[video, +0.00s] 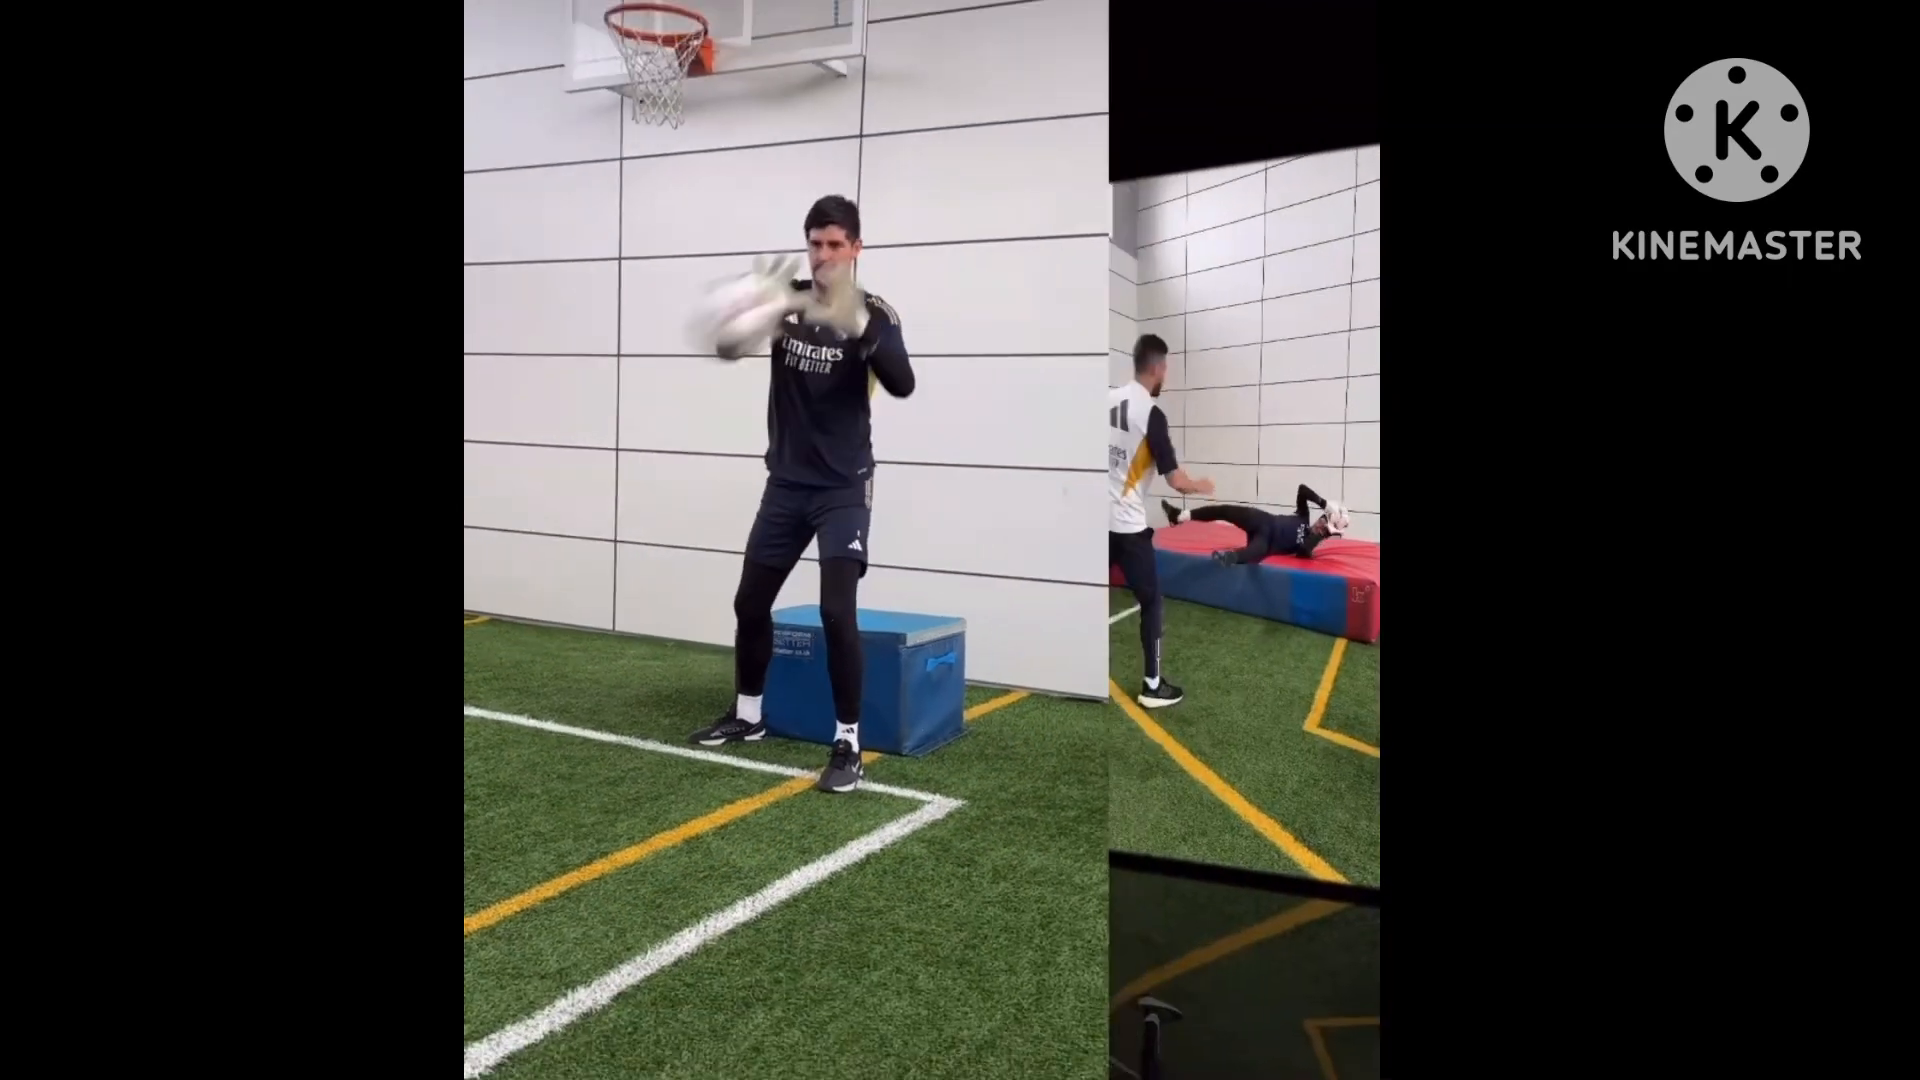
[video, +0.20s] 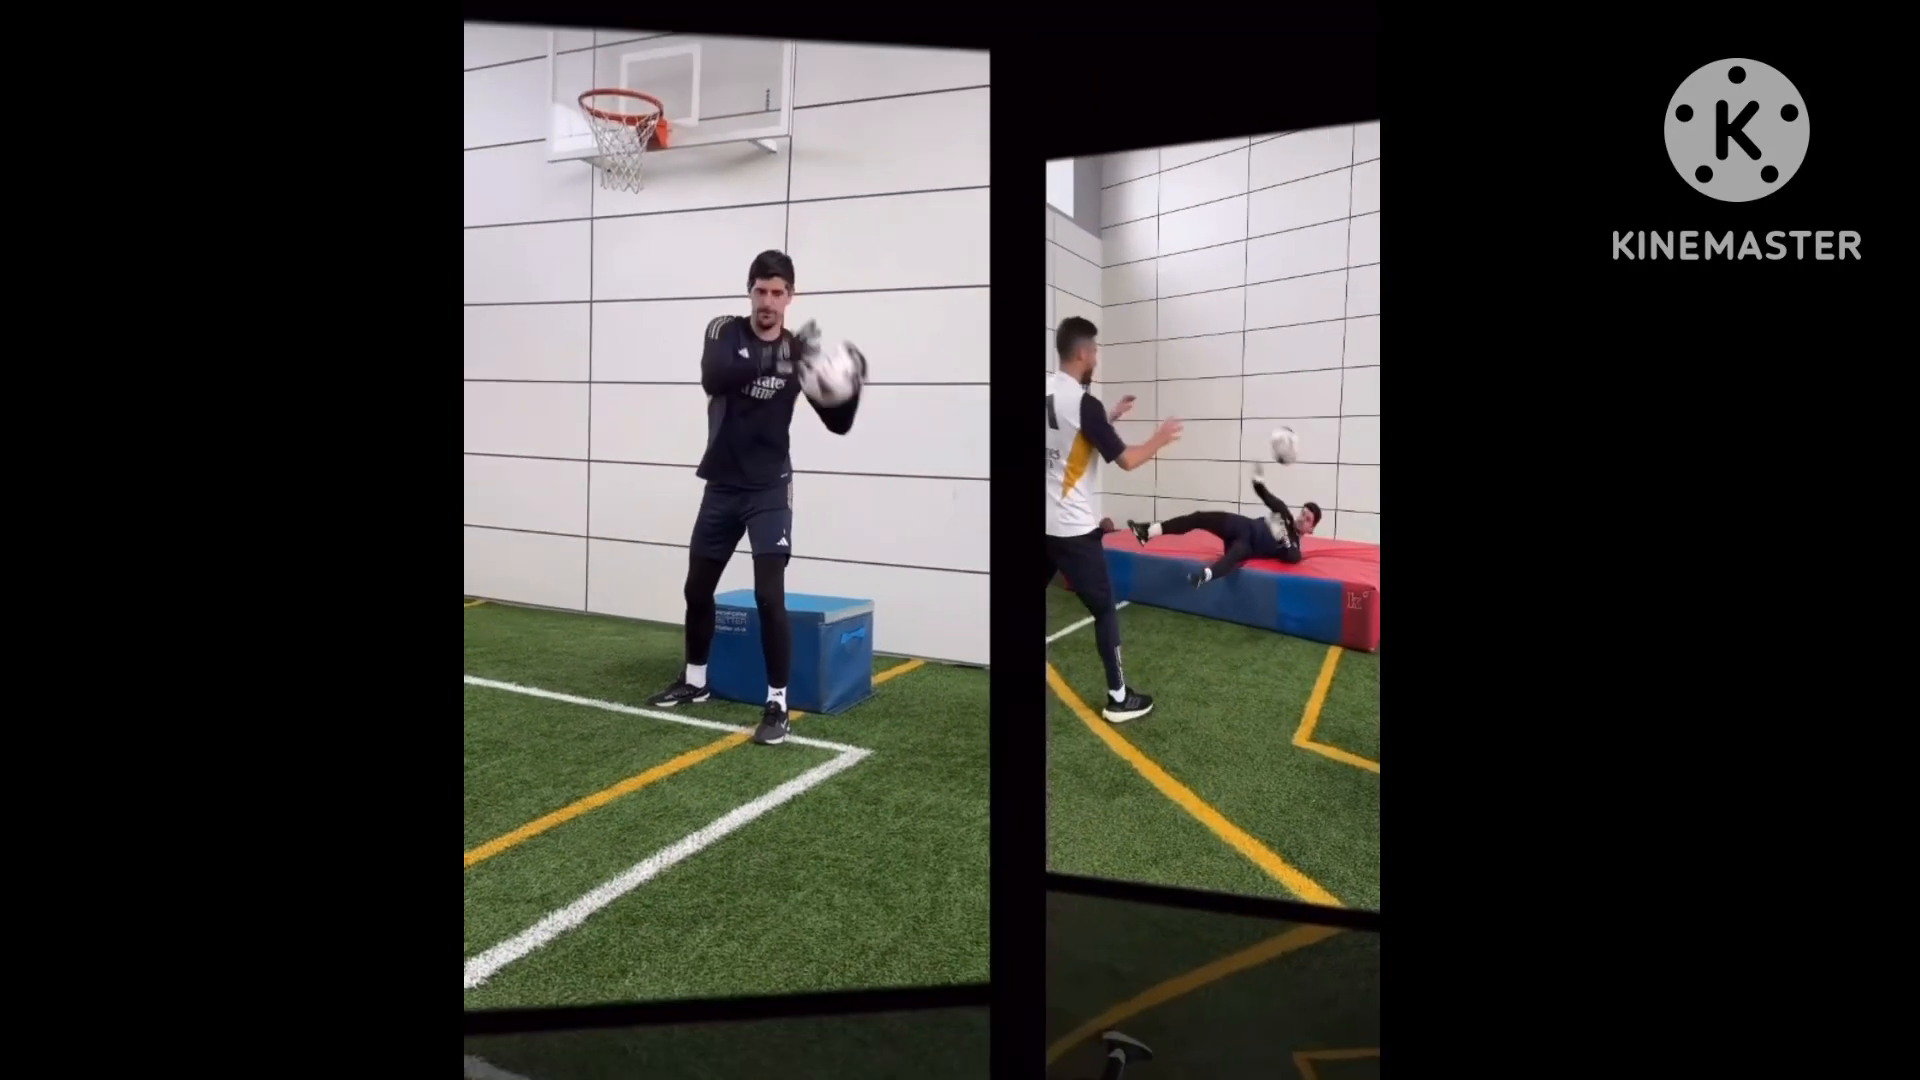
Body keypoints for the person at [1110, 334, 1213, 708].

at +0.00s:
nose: (1166, 375)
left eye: (1165, 367)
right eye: (1165, 368)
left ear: (1135, 365)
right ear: (1157, 368)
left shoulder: (1105, 399)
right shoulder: (1151, 413)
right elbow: (1175, 480)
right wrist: (1199, 486)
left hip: (1096, 518)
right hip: (1128, 523)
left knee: (1085, 596)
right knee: (1151, 600)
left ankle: (1071, 669)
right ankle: (1153, 683)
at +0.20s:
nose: (1097, 356)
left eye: (1095, 348)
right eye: (1094, 348)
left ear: (1062, 352)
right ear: (1083, 353)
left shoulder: (1047, 390)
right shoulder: (1083, 403)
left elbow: (1070, 439)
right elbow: (1126, 460)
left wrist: (1108, 418)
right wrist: (1158, 440)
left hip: (1044, 522)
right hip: (1072, 527)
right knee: (1104, 607)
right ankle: (1119, 695)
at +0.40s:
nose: (1039, 338)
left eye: (1038, 330)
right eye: (1035, 330)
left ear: (1006, 334)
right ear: (1018, 334)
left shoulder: (998, 374)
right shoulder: (1011, 389)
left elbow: (1041, 404)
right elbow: (1069, 450)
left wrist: (1085, 389)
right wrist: (1118, 420)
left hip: (999, 521)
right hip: (1006, 526)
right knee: (1049, 612)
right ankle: (1071, 708)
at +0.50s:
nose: (1023, 333)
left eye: (1022, 324)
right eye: (1019, 323)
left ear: (986, 327)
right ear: (1000, 327)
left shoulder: (970, 371)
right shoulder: (987, 389)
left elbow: (1012, 406)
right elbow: (1035, 467)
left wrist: (1057, 404)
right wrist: (1079, 425)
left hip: (968, 522)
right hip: (979, 528)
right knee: (1024, 619)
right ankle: (1041, 725)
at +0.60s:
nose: (1015, 328)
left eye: (1014, 318)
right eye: (1012, 318)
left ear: (971, 318)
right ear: (995, 319)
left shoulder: (938, 360)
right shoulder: (982, 381)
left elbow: (993, 404)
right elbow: (1043, 451)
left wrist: (1055, 388)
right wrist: (1083, 407)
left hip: (925, 520)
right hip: (952, 528)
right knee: (997, 625)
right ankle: (1013, 737)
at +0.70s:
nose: (1005, 324)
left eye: (1005, 315)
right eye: (1004, 315)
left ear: (956, 311)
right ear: (988, 315)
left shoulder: (915, 348)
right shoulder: (977, 373)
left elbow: (982, 387)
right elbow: (1055, 408)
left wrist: (1044, 372)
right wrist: (1103, 386)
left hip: (882, 516)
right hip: (914, 526)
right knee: (961, 634)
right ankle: (980, 751)